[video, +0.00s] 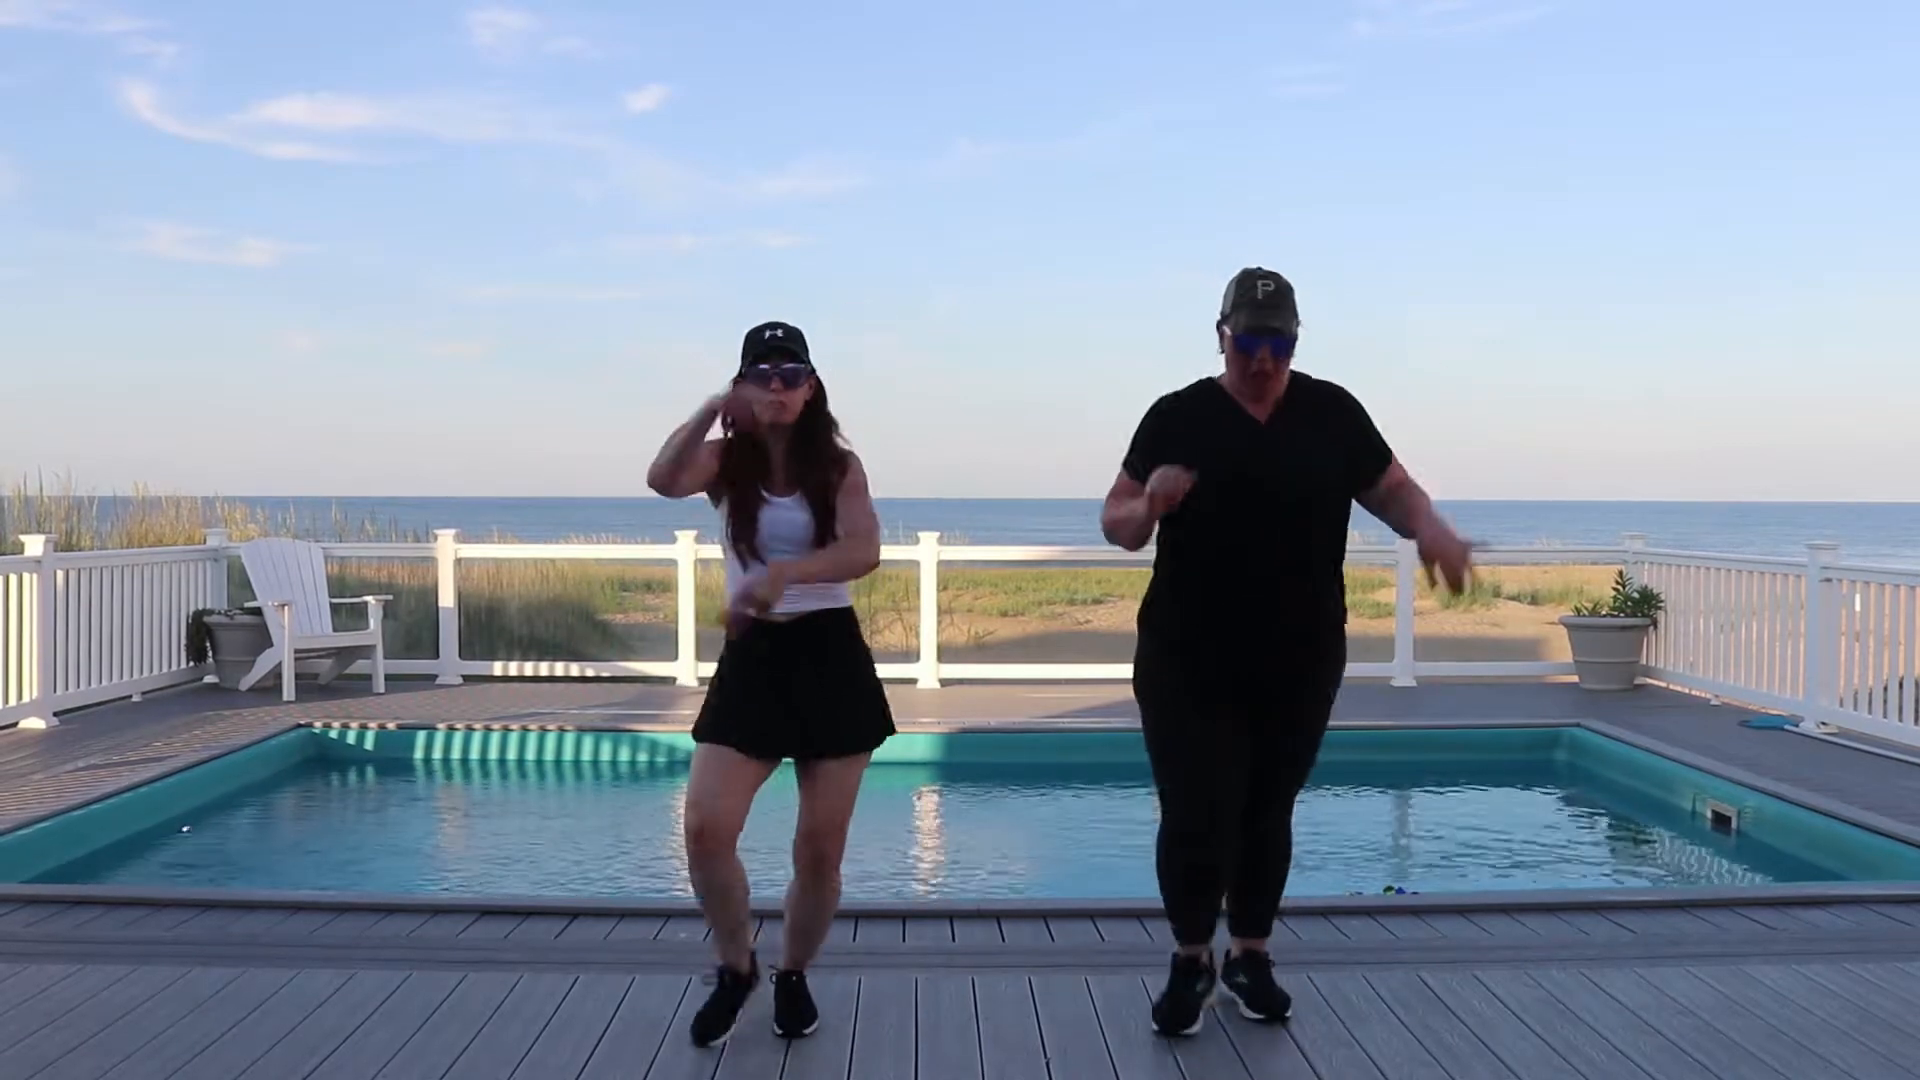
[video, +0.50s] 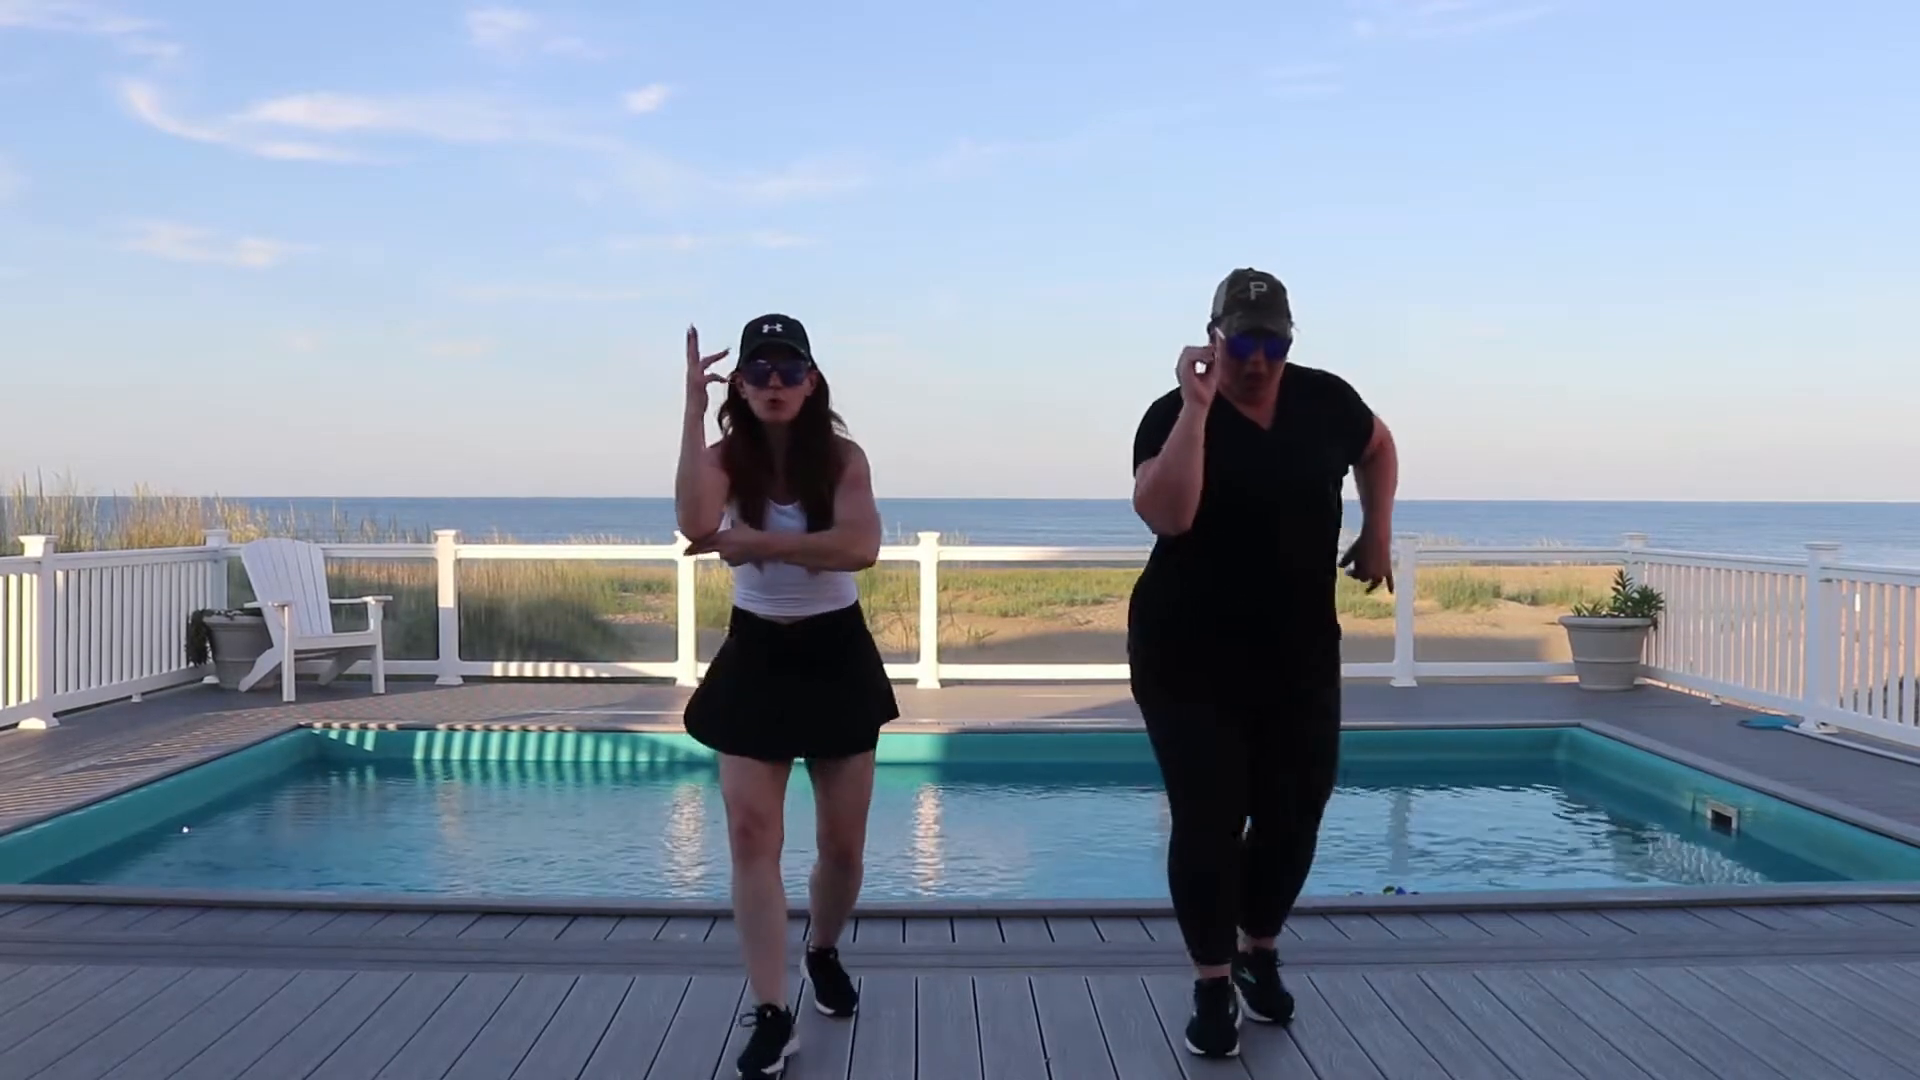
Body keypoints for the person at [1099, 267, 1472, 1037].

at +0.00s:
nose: (1264, 359)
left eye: (1278, 344)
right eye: (1249, 343)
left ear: (1296, 338)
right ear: (1223, 335)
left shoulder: (1333, 413)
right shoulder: (1176, 417)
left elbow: (1392, 490)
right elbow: (1120, 528)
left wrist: (1431, 527)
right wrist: (1148, 505)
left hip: (1298, 656)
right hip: (1189, 654)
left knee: (1268, 808)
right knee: (1194, 808)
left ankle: (1250, 956)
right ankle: (1192, 958)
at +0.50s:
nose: (1260, 357)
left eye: (1273, 344)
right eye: (1245, 343)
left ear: (1289, 338)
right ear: (1215, 336)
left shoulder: (1327, 401)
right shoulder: (1170, 416)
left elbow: (1377, 449)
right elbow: (1167, 514)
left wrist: (1377, 533)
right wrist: (1196, 404)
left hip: (1297, 647)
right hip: (1189, 651)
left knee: (1295, 808)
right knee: (1207, 813)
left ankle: (1257, 948)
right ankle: (1212, 979)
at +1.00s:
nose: (1260, 316)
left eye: (1273, 306)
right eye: (1244, 306)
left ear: (1291, 324)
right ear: (1218, 323)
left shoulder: (1327, 412)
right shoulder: (1181, 405)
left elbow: (1368, 494)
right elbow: (1167, 508)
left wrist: (1362, 387)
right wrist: (1284, 518)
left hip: (1293, 645)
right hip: (1184, 646)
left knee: (1303, 808)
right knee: (1193, 808)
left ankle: (1324, 978)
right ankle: (1198, 962)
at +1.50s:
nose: (1282, 312)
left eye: (1296, 303)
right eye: (1267, 302)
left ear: (1312, 318)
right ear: (1239, 317)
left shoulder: (1349, 401)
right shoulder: (1203, 392)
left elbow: (1385, 493)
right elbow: (1167, 491)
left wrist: (1372, 381)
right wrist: (1288, 511)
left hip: (1323, 640)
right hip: (1211, 641)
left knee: (1324, 804)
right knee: (1217, 803)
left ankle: (1307, 963)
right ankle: (1218, 946)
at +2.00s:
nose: (1282, 326)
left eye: (1294, 314)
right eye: (1265, 315)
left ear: (1311, 325)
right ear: (1236, 327)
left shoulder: (1350, 401)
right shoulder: (1201, 409)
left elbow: (1404, 481)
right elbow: (1219, 481)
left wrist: (1304, 493)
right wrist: (1227, 365)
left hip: (1321, 653)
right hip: (1209, 656)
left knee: (1353, 792)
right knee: (1225, 817)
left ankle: (1286, 937)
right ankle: (1225, 985)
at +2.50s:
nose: (1270, 325)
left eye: (1284, 314)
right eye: (1254, 314)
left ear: (1302, 328)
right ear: (1225, 326)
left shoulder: (1342, 413)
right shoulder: (1184, 408)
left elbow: (1401, 502)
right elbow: (1182, 499)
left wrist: (1309, 473)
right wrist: (1246, 410)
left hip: (1311, 652)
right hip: (1198, 652)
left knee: (1315, 813)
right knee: (1207, 821)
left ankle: (1275, 957)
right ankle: (1206, 970)